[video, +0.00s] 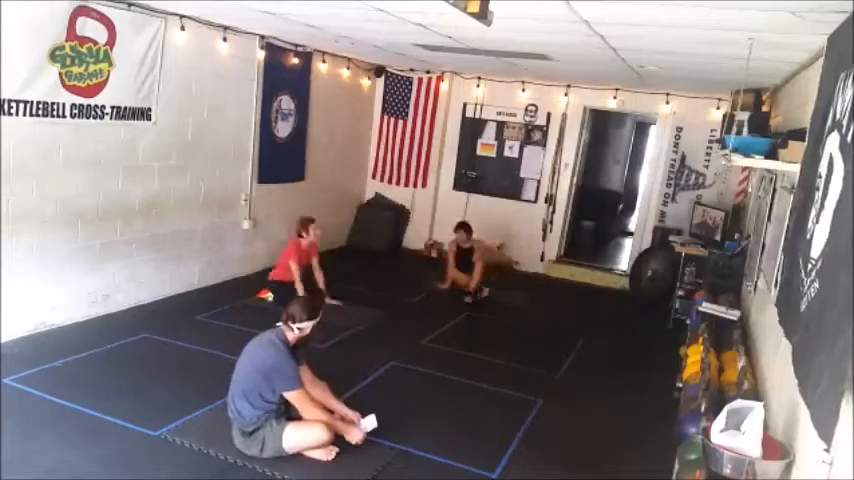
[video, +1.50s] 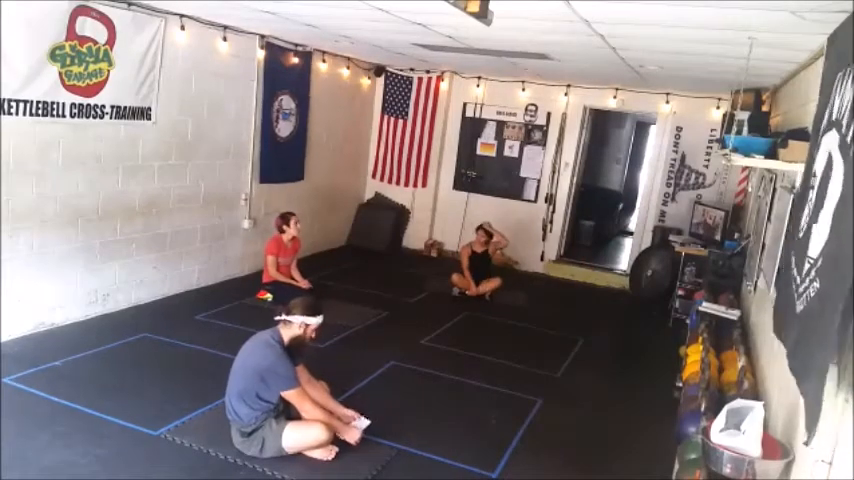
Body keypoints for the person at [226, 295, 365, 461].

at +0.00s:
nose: (314, 327)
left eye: (315, 323)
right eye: (314, 323)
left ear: (287, 319)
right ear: (305, 327)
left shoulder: (282, 338)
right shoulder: (277, 357)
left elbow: (311, 384)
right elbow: (307, 410)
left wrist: (344, 412)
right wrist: (344, 430)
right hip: (253, 433)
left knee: (320, 387)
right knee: (323, 432)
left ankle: (309, 445)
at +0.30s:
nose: (315, 328)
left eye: (315, 323)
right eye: (314, 324)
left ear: (286, 318)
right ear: (304, 328)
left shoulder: (278, 338)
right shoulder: (275, 357)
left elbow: (310, 383)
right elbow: (306, 406)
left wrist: (343, 413)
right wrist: (344, 430)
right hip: (253, 432)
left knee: (321, 388)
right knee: (323, 432)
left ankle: (308, 445)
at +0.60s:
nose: (312, 327)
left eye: (313, 322)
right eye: (313, 323)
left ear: (285, 317)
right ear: (305, 327)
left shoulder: (279, 336)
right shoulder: (278, 359)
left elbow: (310, 383)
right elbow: (308, 410)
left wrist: (342, 412)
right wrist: (345, 430)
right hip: (253, 433)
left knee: (322, 387)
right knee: (323, 432)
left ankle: (310, 445)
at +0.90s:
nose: (312, 328)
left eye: (313, 323)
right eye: (313, 324)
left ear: (285, 318)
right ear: (304, 329)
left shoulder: (280, 338)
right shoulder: (273, 359)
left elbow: (309, 383)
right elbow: (306, 410)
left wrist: (341, 414)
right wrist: (343, 429)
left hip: (269, 405)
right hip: (253, 432)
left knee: (322, 387)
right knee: (323, 432)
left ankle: (309, 445)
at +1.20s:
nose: (315, 334)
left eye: (316, 329)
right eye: (313, 329)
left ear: (298, 324)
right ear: (300, 325)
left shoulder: (282, 340)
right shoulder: (273, 357)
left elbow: (309, 384)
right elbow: (307, 408)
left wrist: (342, 412)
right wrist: (343, 429)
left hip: (269, 406)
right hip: (252, 432)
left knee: (321, 386)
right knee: (321, 432)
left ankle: (309, 445)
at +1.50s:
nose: (314, 336)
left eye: (316, 330)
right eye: (313, 330)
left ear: (298, 325)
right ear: (301, 326)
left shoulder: (280, 339)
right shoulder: (272, 357)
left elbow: (309, 383)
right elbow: (306, 408)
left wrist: (340, 411)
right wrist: (342, 430)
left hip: (269, 406)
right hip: (253, 433)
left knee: (321, 386)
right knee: (322, 432)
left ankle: (309, 445)